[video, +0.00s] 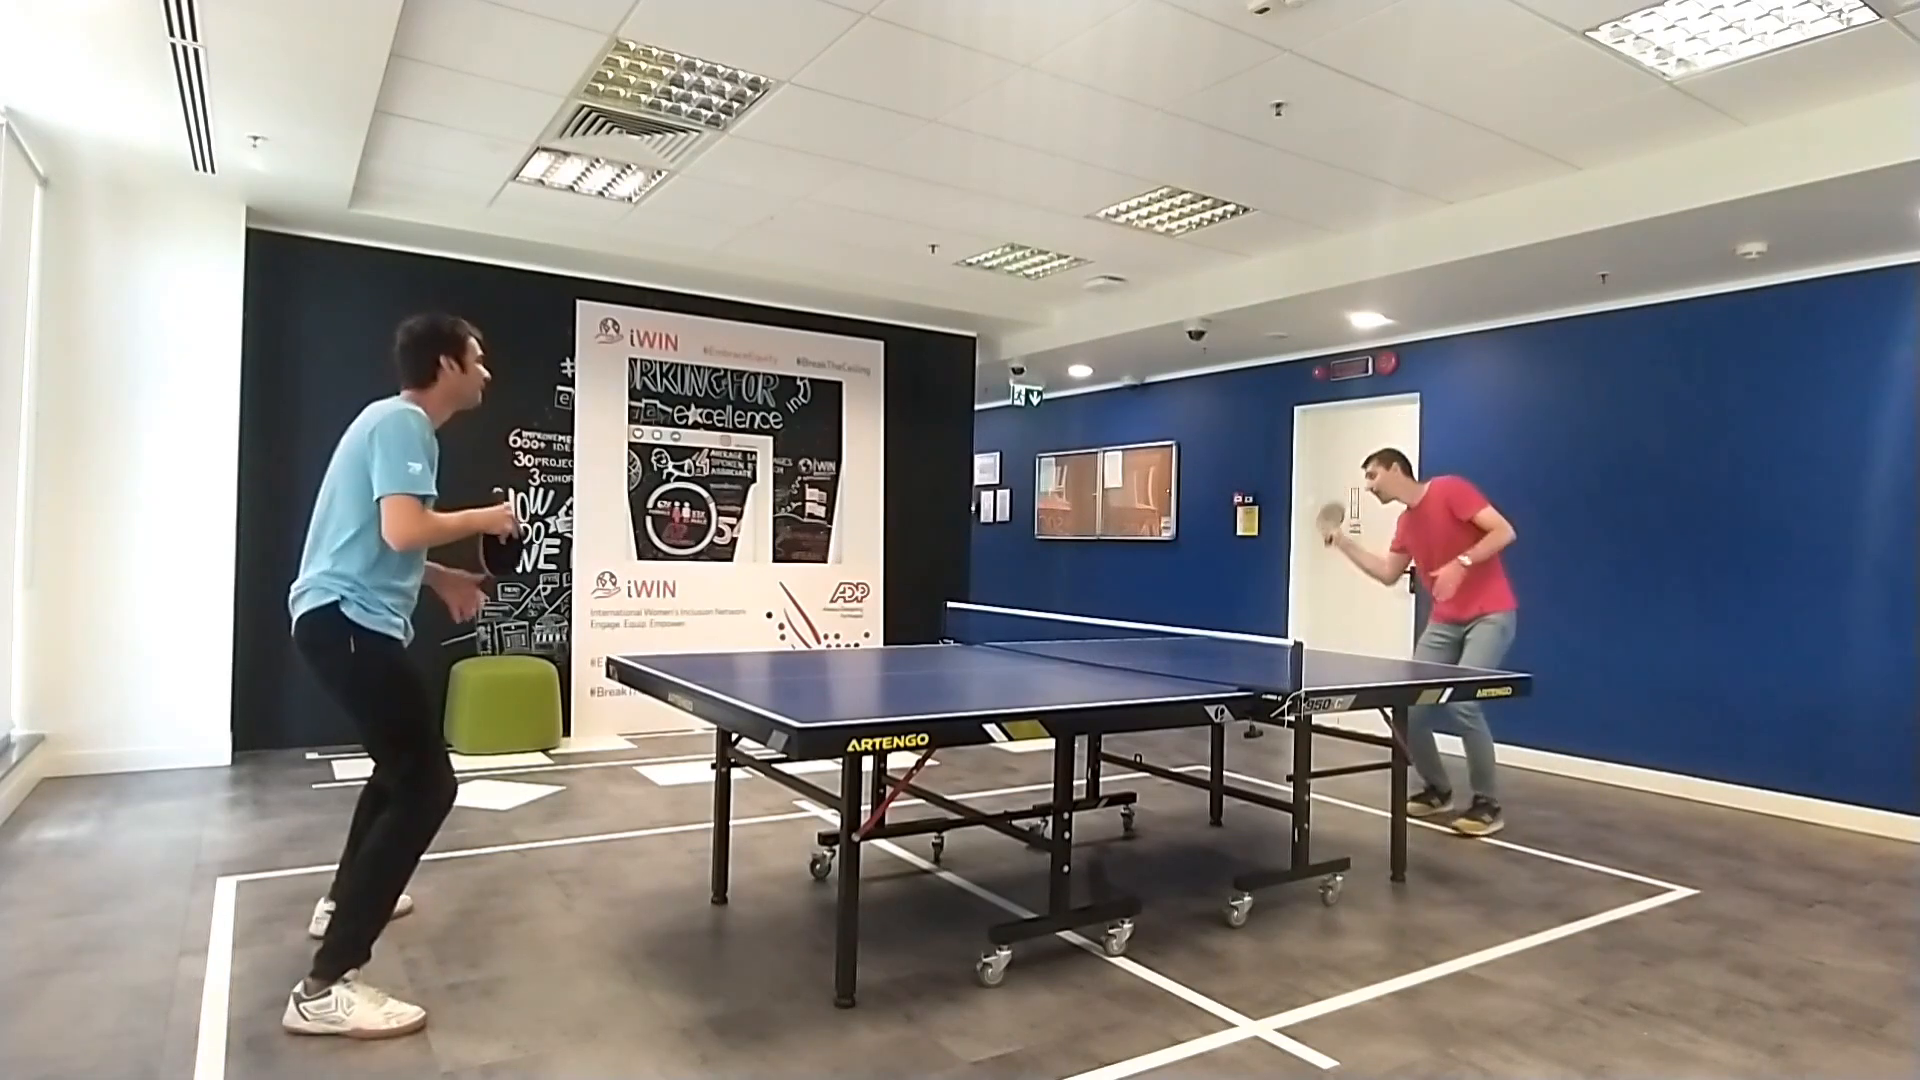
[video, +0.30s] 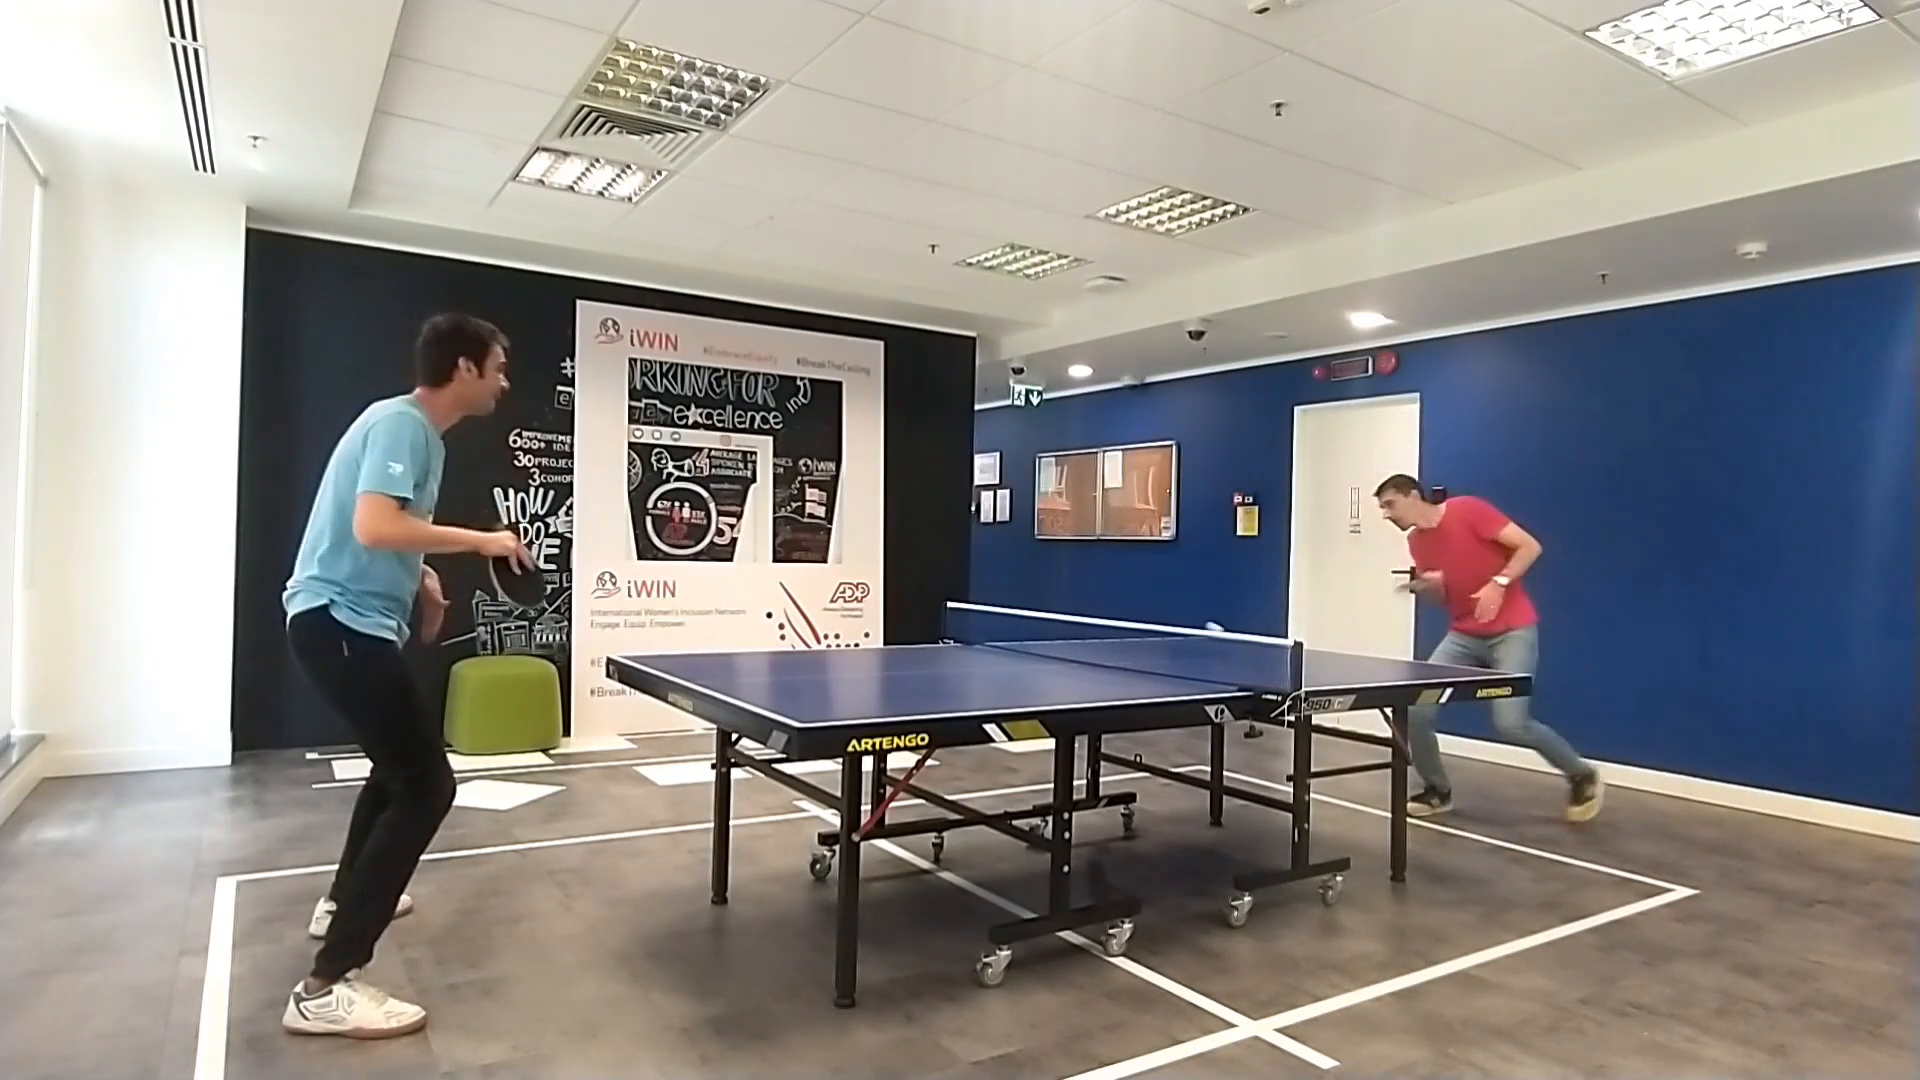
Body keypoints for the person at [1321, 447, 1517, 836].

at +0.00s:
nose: (1368, 485)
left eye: (1372, 475)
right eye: (1366, 479)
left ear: (1396, 469)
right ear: (1391, 474)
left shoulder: (1447, 489)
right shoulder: (1407, 521)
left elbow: (1503, 531)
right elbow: (1388, 572)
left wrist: (1460, 563)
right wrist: (1342, 541)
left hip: (1491, 614)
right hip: (1444, 620)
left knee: (1461, 702)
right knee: (1407, 707)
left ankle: (1486, 803)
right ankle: (1438, 789)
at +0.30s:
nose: (1387, 515)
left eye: (1390, 505)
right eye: (1383, 509)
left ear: (1412, 495)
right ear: (1407, 500)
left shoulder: (1466, 510)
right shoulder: (1418, 542)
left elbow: (1530, 546)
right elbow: (1445, 595)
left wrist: (1499, 585)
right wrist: (1425, 585)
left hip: (1512, 631)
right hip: (1465, 635)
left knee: (1510, 724)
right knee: (1417, 711)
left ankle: (1583, 775)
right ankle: (1437, 792)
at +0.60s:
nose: (1472, 502)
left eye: (1479, 492)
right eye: (1469, 495)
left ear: (1505, 490)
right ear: (1471, 499)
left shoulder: (1553, 518)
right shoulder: (1484, 535)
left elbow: (1603, 569)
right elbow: (1483, 597)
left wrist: (1569, 604)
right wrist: (1488, 587)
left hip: (1570, 647)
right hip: (1518, 641)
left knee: (1607, 745)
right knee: (1453, 706)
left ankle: (1675, 795)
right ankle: (1437, 792)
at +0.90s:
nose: (1534, 470)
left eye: (1541, 461)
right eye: (1529, 464)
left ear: (1566, 462)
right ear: (1528, 471)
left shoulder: (1612, 493)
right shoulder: (1541, 511)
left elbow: (1664, 544)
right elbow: (1548, 558)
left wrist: (1627, 592)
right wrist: (1548, 575)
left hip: (1629, 623)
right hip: (1573, 619)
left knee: (1652, 727)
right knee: (1515, 687)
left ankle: (1684, 801)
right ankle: (1514, 786)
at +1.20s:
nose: (1542, 483)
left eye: (1549, 475)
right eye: (1538, 477)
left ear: (1576, 474)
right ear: (1541, 483)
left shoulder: (1623, 505)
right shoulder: (1557, 522)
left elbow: (1683, 551)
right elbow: (1567, 574)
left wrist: (1657, 602)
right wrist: (1550, 613)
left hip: (1646, 633)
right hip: (1592, 630)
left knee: (1676, 730)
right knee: (1534, 697)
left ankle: (1730, 808)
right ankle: (1534, 788)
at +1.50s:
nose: (1492, 466)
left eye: (1497, 457)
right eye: (1490, 460)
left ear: (1522, 455)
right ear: (1513, 460)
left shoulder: (1567, 489)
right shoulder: (1526, 507)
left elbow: (1620, 538)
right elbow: (1555, 557)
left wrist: (1615, 603)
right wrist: (1551, 608)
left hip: (1598, 619)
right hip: (1553, 620)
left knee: (1636, 713)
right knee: (1514, 695)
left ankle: (1716, 795)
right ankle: (1538, 788)